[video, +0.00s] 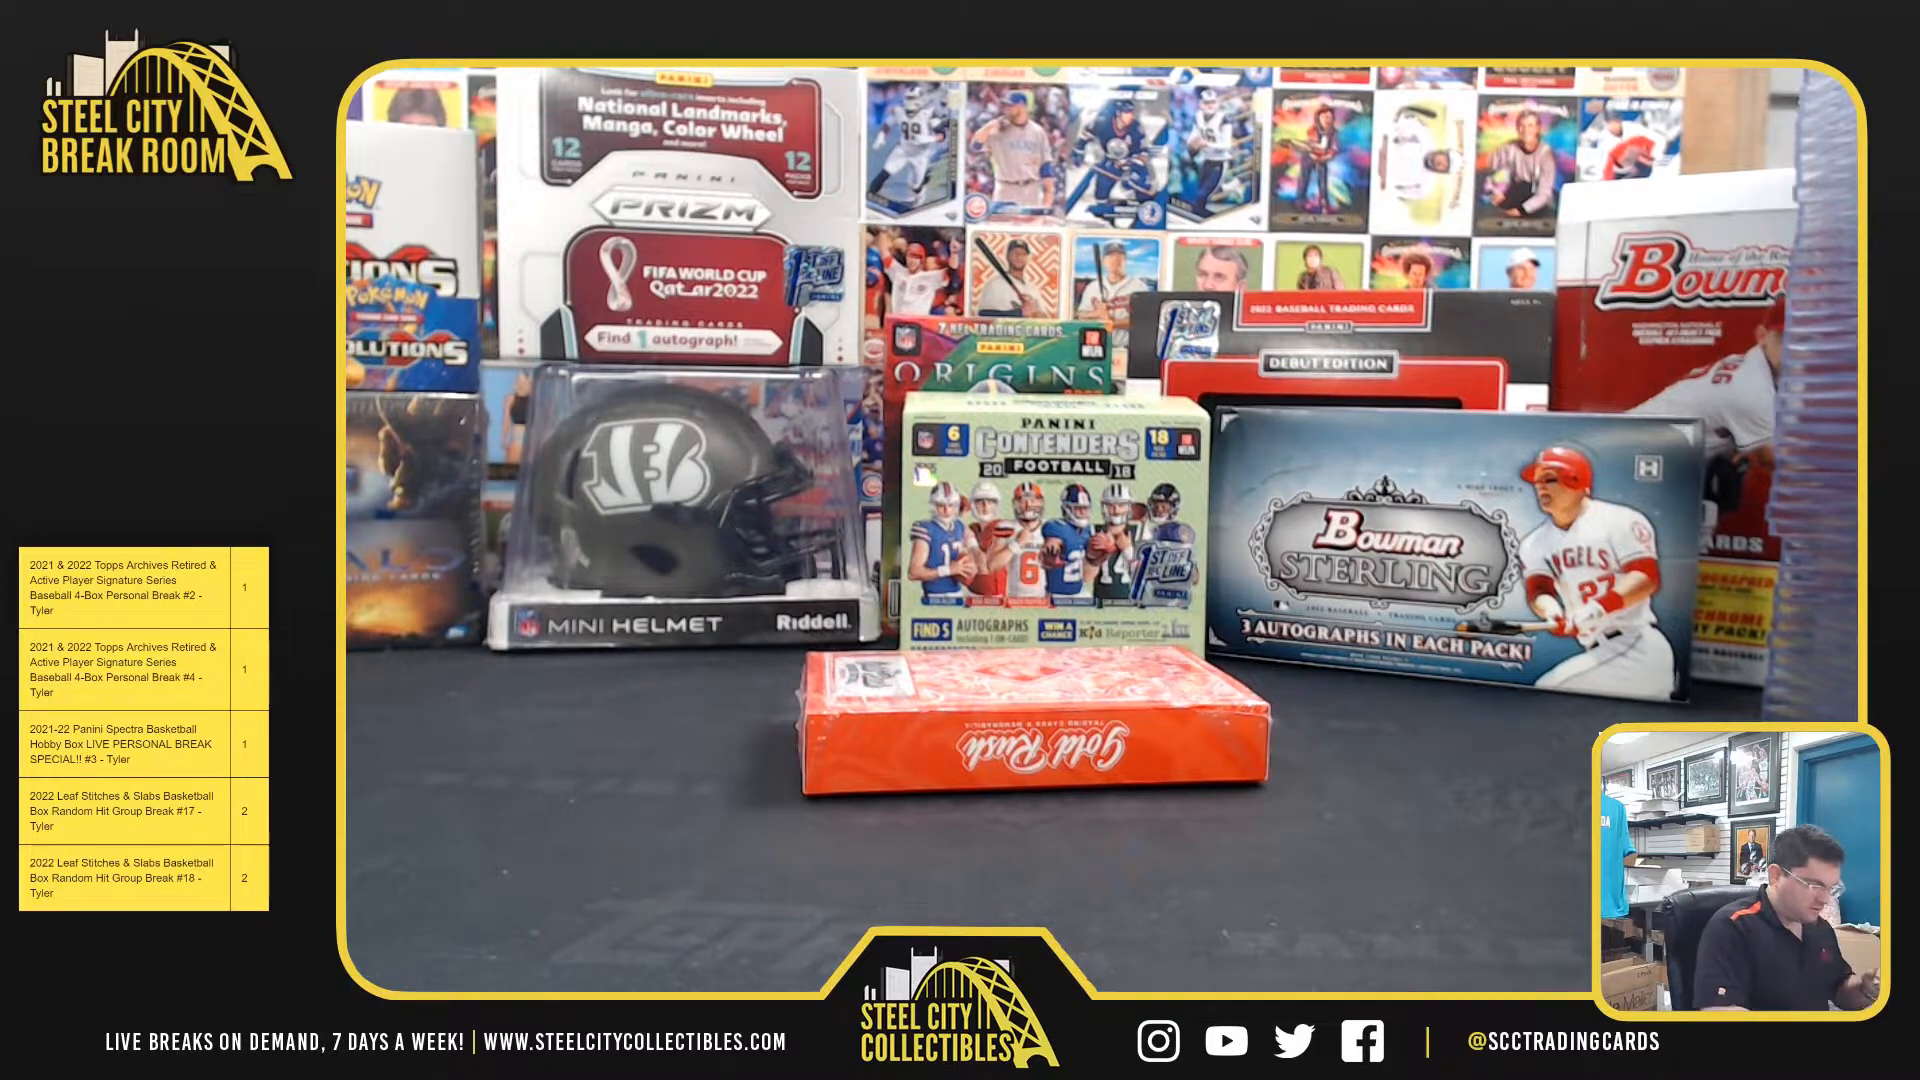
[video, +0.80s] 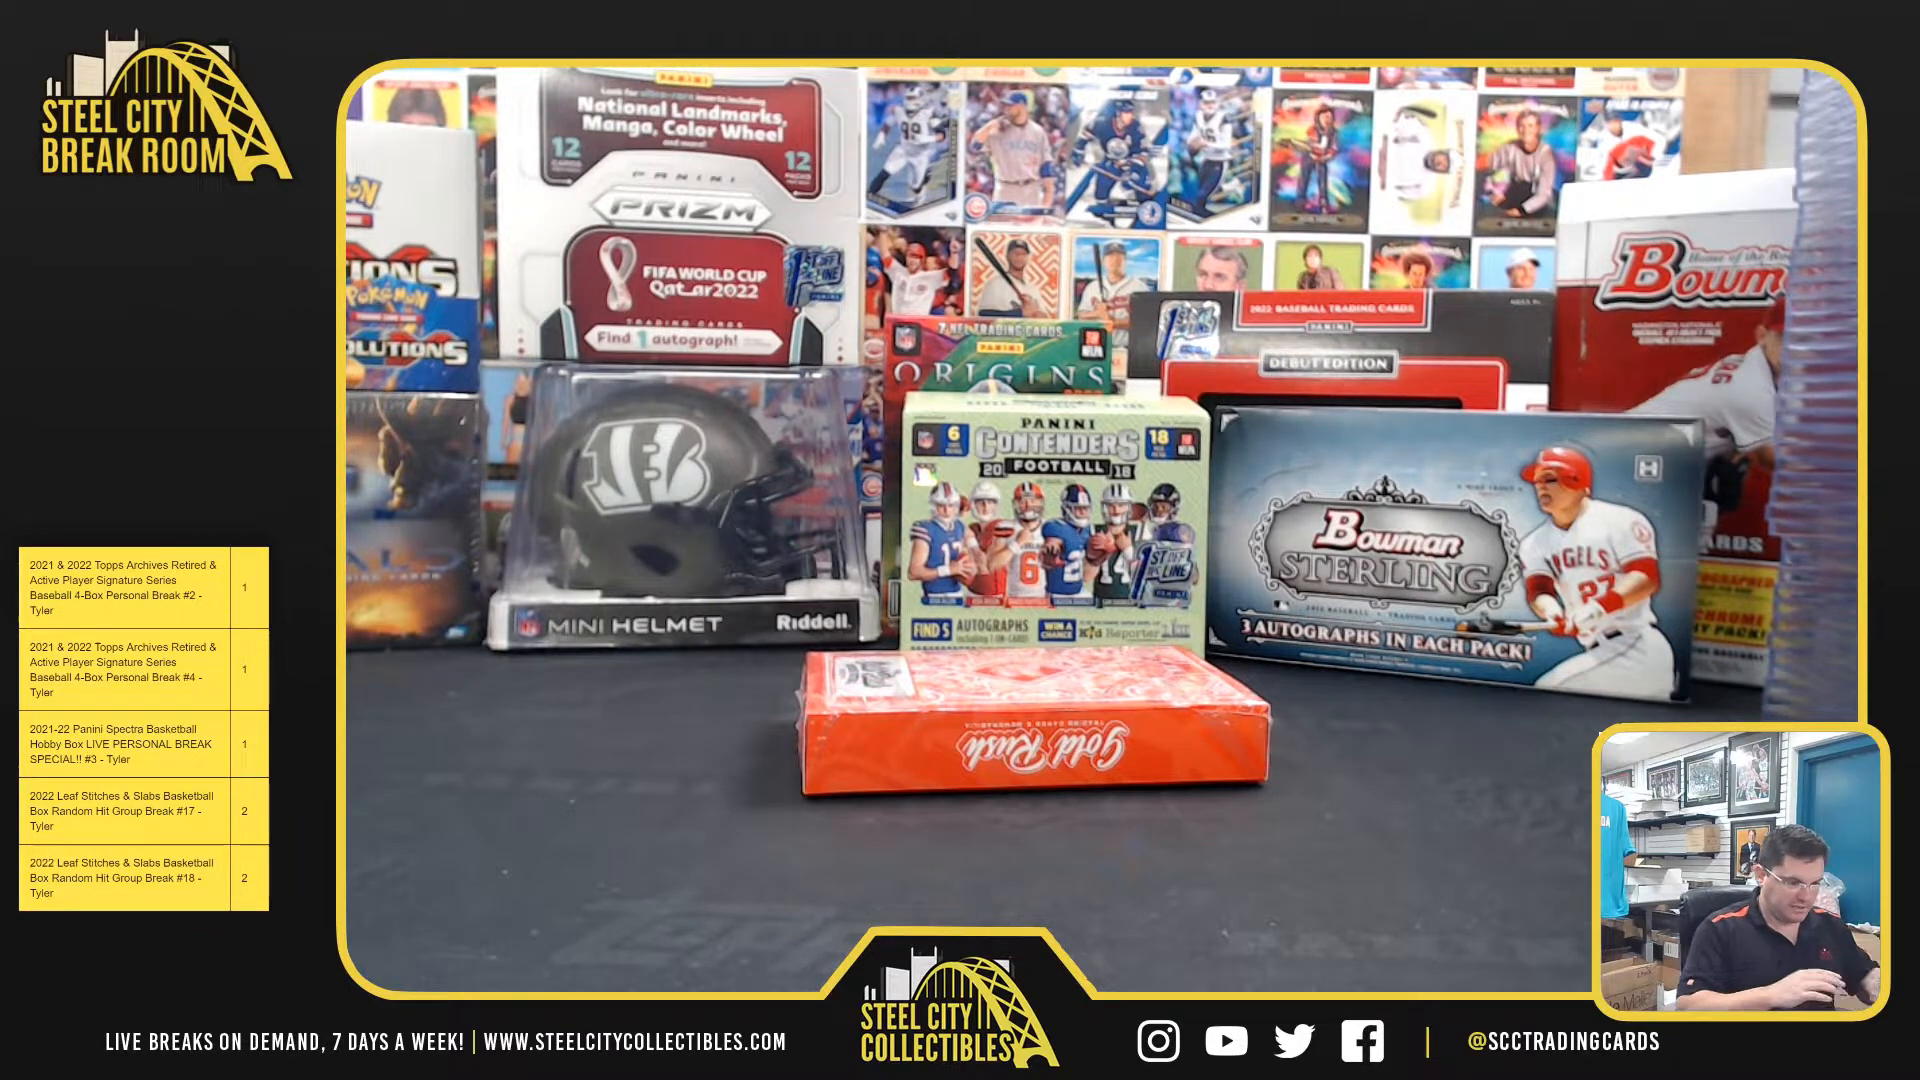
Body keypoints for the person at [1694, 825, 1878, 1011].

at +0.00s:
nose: (1825, 899)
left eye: (1831, 888)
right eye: (1815, 885)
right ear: (1776, 875)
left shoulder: (1820, 929)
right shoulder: (1729, 926)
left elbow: (1841, 993)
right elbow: (1717, 1010)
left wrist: (1864, 988)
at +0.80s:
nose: (1806, 896)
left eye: (1814, 884)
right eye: (1793, 882)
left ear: (1821, 880)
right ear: (1761, 875)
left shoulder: (1830, 927)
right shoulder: (1718, 930)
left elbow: (1866, 976)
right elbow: (1688, 1004)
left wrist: (1880, 990)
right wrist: (1771, 995)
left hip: (1823, 1049)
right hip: (1742, 1052)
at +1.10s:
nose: (1828, 919)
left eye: (1835, 903)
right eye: (1811, 904)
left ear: (1840, 894)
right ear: (1768, 894)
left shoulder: (1837, 932)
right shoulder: (1720, 956)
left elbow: (1872, 969)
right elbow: (1687, 1023)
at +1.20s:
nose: (1837, 928)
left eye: (1845, 910)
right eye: (1819, 912)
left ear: (1851, 901)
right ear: (1772, 900)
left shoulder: (1845, 936)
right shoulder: (1728, 958)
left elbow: (1895, 977)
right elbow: (1706, 1026)